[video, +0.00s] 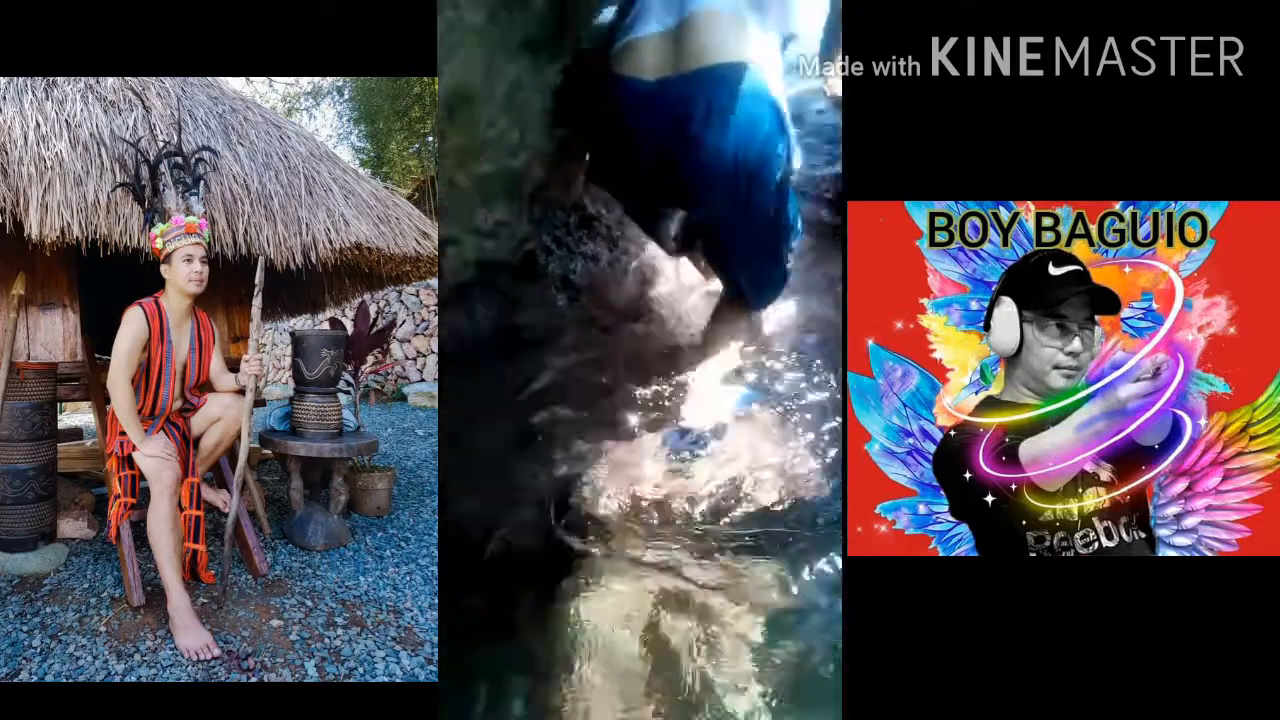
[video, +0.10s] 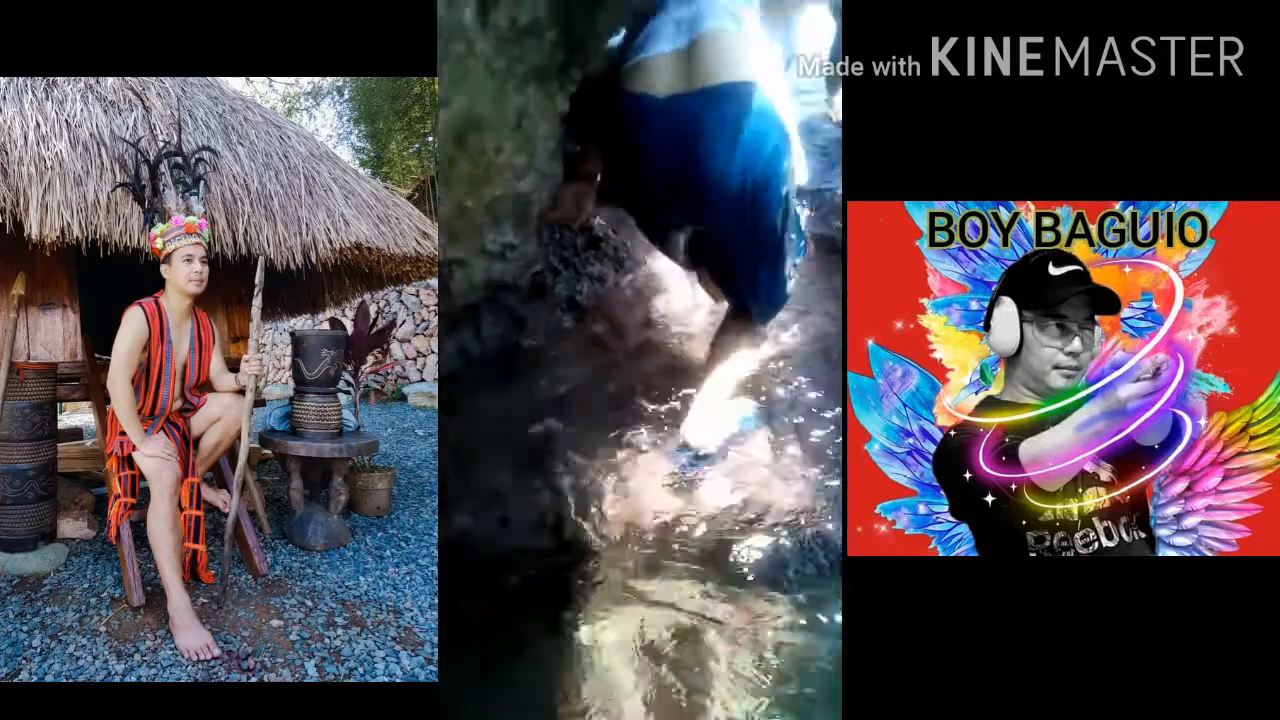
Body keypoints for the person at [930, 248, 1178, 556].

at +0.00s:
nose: (1076, 346)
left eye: (1086, 328)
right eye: (1055, 327)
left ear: (1096, 334)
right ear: (1007, 327)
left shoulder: (1113, 409)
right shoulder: (962, 445)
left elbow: (1155, 435)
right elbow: (1022, 472)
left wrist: (1149, 396)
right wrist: (1106, 412)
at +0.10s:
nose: (1076, 346)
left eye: (1086, 328)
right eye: (1055, 327)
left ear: (1097, 334)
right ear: (1007, 327)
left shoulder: (1113, 409)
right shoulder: (962, 445)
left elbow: (1156, 435)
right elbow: (1022, 472)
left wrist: (1149, 396)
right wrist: (1106, 412)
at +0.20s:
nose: (1076, 346)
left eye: (1086, 328)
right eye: (1055, 327)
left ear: (1097, 334)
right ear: (1007, 328)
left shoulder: (1113, 409)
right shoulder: (962, 446)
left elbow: (1156, 435)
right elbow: (1021, 472)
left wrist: (1148, 396)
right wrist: (1106, 412)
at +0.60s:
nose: (1076, 346)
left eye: (1086, 328)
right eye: (1055, 327)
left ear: (1097, 334)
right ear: (1007, 328)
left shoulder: (1113, 408)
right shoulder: (962, 446)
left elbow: (1155, 435)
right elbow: (1022, 472)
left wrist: (1149, 396)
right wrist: (1106, 412)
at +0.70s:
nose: (1076, 346)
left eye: (1086, 328)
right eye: (1055, 326)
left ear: (1097, 335)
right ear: (1007, 328)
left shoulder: (1113, 408)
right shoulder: (962, 446)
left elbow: (1156, 435)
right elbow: (1022, 471)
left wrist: (1147, 395)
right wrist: (1105, 413)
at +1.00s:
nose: (1076, 346)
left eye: (1086, 328)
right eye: (1055, 326)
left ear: (1097, 335)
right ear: (1007, 328)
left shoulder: (1113, 408)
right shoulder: (962, 446)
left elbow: (1156, 436)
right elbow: (1022, 471)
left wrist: (1147, 395)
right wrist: (1105, 413)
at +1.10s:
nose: (1076, 346)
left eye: (1086, 328)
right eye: (1055, 327)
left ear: (1096, 334)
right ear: (1007, 327)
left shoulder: (1114, 408)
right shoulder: (962, 446)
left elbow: (1155, 435)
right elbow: (1022, 471)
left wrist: (1149, 397)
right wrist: (1106, 411)